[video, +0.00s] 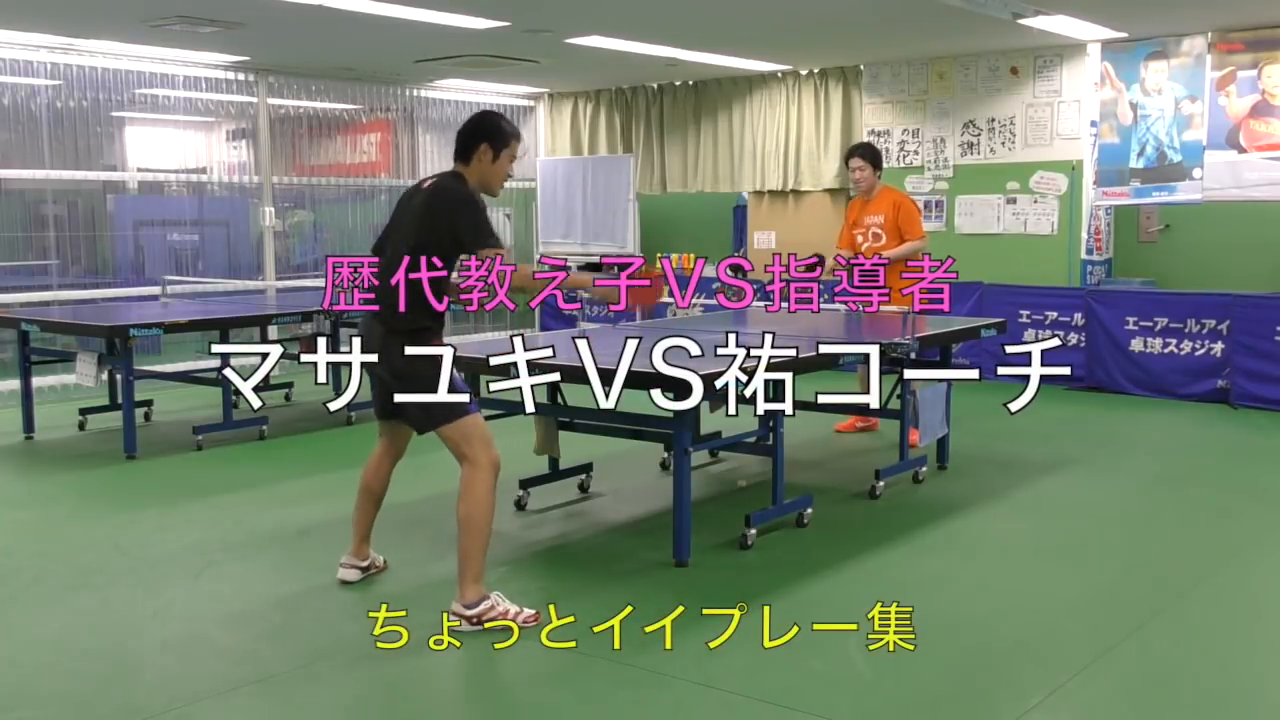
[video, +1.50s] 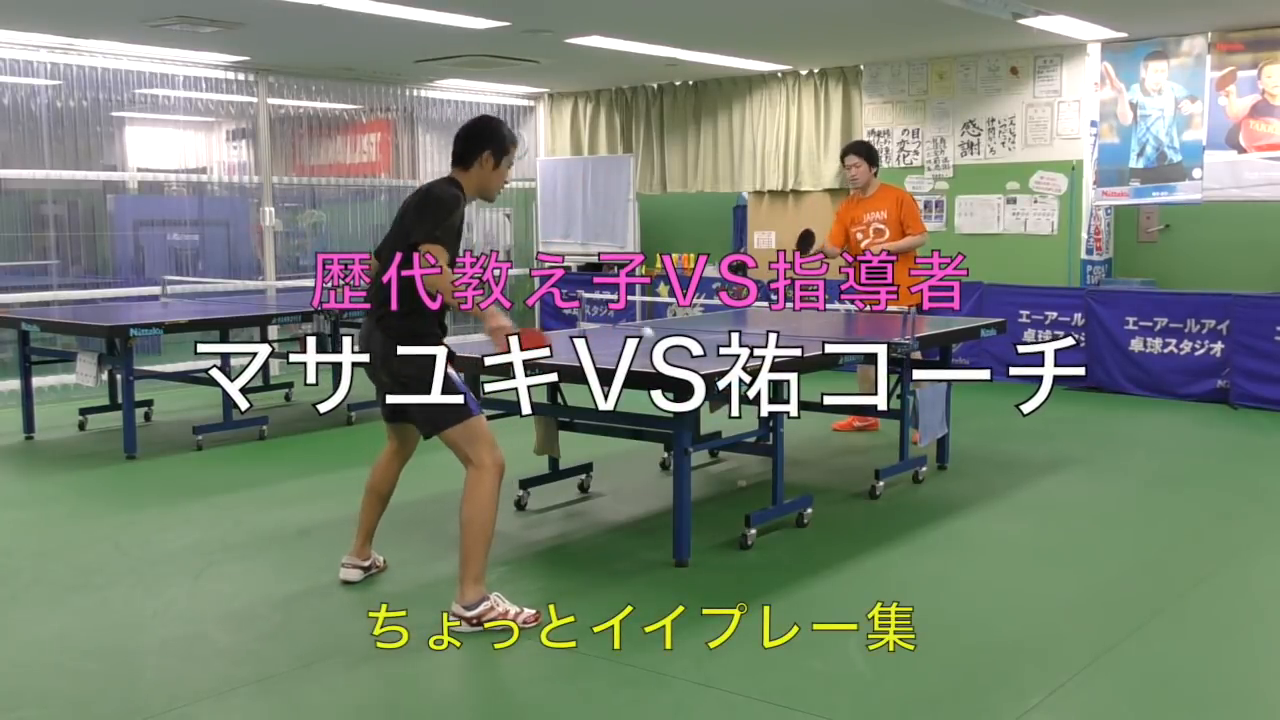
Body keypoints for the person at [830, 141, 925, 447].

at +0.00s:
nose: (856, 175)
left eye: (861, 169)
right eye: (852, 170)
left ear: (877, 170)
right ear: (848, 173)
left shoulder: (899, 201)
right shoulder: (854, 206)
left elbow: (919, 243)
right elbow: (846, 249)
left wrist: (884, 255)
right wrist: (836, 262)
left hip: (901, 296)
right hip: (868, 297)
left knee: (908, 361)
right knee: (865, 355)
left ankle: (913, 423)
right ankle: (865, 414)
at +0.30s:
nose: (843, 187)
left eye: (848, 181)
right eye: (841, 182)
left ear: (865, 179)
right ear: (848, 182)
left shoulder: (892, 205)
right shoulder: (856, 213)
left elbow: (916, 246)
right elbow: (848, 256)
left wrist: (883, 261)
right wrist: (823, 273)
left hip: (903, 298)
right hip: (872, 299)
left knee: (912, 360)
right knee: (868, 355)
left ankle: (923, 422)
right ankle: (867, 413)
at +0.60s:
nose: (841, 179)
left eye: (846, 173)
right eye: (838, 174)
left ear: (864, 172)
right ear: (838, 176)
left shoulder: (893, 201)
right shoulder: (843, 208)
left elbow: (913, 240)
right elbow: (824, 247)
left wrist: (882, 251)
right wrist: (812, 234)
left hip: (900, 296)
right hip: (864, 298)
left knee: (912, 358)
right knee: (862, 354)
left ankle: (926, 420)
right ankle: (866, 414)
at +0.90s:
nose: (847, 174)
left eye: (853, 168)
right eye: (844, 169)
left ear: (870, 170)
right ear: (842, 172)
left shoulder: (893, 200)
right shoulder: (851, 209)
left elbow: (912, 240)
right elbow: (847, 255)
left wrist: (879, 251)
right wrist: (823, 277)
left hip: (898, 296)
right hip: (865, 298)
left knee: (911, 358)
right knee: (864, 354)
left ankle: (925, 417)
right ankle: (867, 413)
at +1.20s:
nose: (844, 185)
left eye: (848, 179)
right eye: (842, 179)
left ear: (867, 177)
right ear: (846, 180)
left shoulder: (896, 203)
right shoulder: (853, 211)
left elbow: (918, 244)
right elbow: (832, 248)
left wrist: (884, 256)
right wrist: (797, 259)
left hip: (906, 296)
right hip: (872, 298)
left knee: (914, 358)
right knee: (870, 353)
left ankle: (925, 420)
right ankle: (868, 413)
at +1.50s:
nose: (850, 173)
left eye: (856, 166)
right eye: (846, 168)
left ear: (873, 167)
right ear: (844, 171)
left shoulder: (898, 197)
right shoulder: (846, 207)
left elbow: (920, 237)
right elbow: (834, 249)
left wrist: (886, 246)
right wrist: (821, 248)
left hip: (904, 295)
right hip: (867, 297)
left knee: (913, 357)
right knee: (866, 354)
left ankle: (923, 419)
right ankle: (866, 413)